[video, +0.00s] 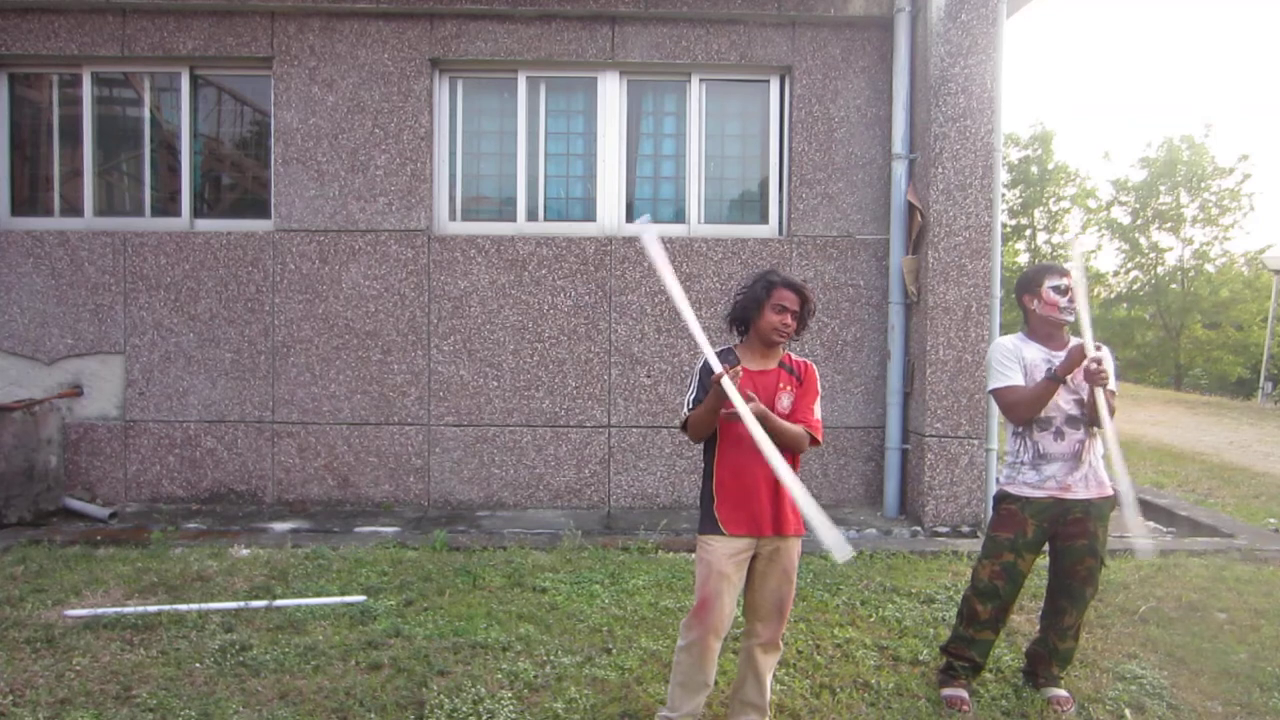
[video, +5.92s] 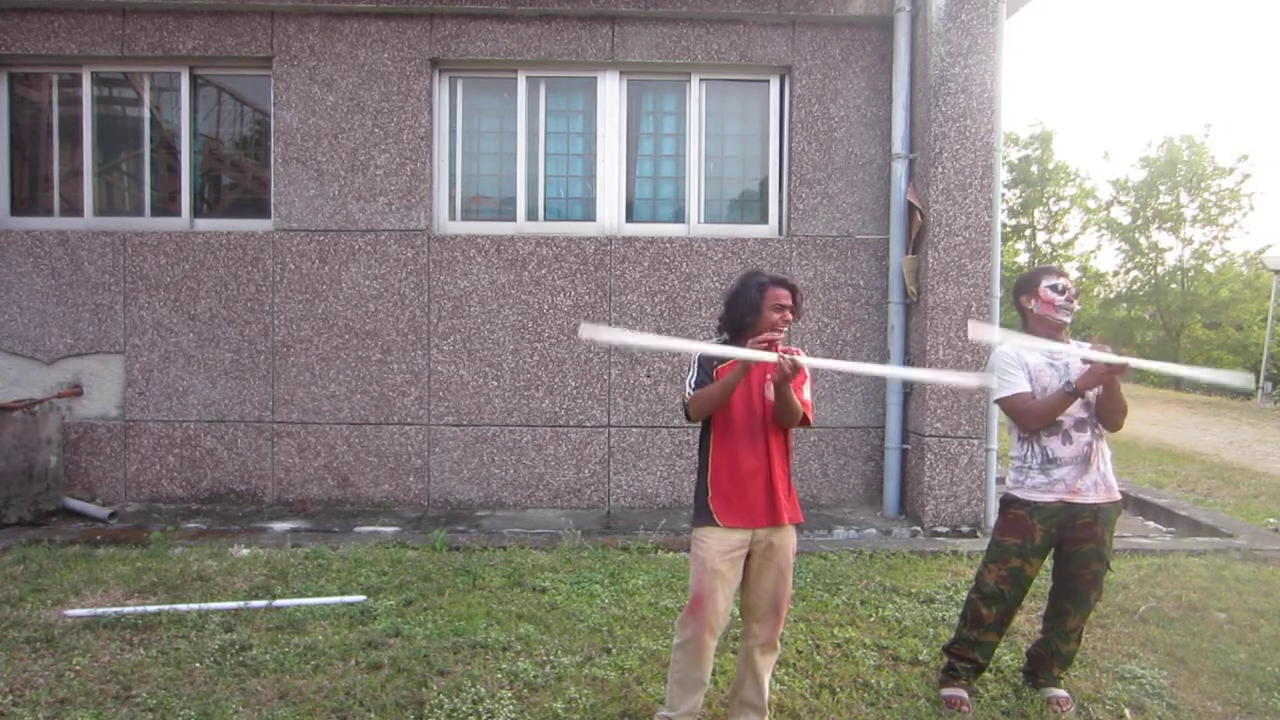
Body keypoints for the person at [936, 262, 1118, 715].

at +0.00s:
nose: (1067, 297)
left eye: (1071, 291)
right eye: (1057, 290)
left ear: (1076, 302)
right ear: (1028, 300)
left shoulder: (1091, 353)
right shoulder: (1006, 349)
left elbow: (1104, 419)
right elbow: (1017, 411)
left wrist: (1097, 385)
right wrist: (1063, 370)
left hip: (1086, 494)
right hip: (1026, 492)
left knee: (1074, 593)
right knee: (992, 584)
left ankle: (1045, 671)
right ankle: (957, 674)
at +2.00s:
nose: (1069, 299)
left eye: (1071, 293)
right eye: (1057, 291)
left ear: (1073, 304)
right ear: (1027, 301)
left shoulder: (1096, 356)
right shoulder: (1005, 355)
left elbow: (1105, 424)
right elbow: (1017, 421)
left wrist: (1116, 407)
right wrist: (1065, 401)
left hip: (1088, 497)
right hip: (1027, 496)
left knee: (1075, 595)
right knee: (993, 585)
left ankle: (1045, 672)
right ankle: (957, 674)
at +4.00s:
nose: (1058, 299)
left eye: (1067, 293)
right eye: (1046, 291)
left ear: (1076, 304)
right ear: (1023, 303)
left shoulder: (1094, 357)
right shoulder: (1006, 356)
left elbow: (1111, 421)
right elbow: (1016, 422)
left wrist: (1098, 375)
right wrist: (1068, 394)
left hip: (1089, 497)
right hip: (1029, 496)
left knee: (1077, 595)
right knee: (994, 586)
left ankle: (1045, 672)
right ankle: (957, 674)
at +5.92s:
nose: (1068, 299)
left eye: (1072, 293)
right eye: (1057, 289)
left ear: (1074, 306)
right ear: (1026, 300)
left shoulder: (1089, 355)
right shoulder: (1009, 354)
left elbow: (1114, 422)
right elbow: (1028, 419)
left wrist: (1112, 378)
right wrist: (1079, 385)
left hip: (1094, 498)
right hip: (1033, 496)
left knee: (1078, 597)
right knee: (997, 588)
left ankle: (1045, 673)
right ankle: (958, 675)